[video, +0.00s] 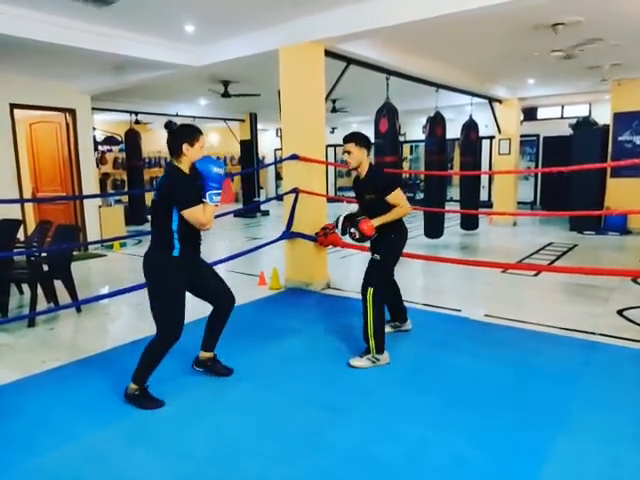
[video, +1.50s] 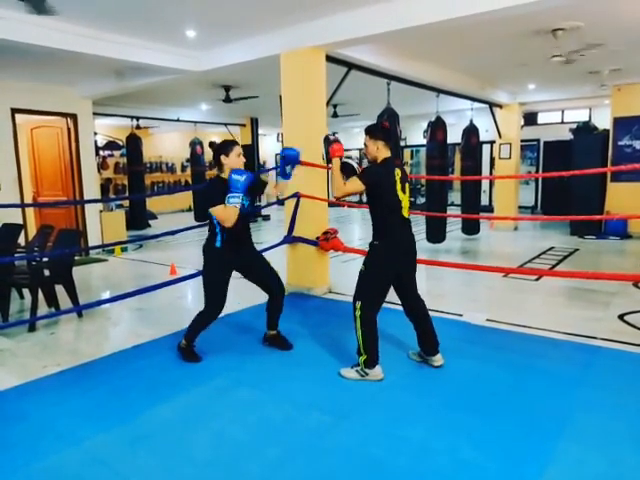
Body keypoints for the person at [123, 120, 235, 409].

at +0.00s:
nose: (204, 151)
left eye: (203, 146)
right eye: (200, 146)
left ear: (183, 149)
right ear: (186, 148)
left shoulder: (189, 177)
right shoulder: (175, 180)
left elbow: (203, 216)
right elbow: (205, 221)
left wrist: (205, 214)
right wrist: (212, 191)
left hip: (187, 260)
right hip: (164, 263)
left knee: (225, 301)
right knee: (170, 331)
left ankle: (206, 357)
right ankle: (136, 387)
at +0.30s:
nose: (206, 151)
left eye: (206, 146)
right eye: (202, 146)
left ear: (193, 149)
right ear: (186, 149)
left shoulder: (201, 176)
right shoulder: (174, 180)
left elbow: (223, 210)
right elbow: (202, 215)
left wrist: (227, 179)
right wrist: (213, 182)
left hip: (200, 253)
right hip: (174, 257)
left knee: (220, 301)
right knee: (167, 320)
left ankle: (214, 349)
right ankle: (139, 385)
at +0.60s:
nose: (202, 157)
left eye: (202, 152)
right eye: (198, 152)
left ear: (196, 154)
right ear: (181, 154)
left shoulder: (203, 179)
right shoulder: (169, 185)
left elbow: (227, 206)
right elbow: (187, 222)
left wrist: (234, 185)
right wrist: (198, 190)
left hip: (207, 253)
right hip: (179, 258)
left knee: (242, 292)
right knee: (177, 316)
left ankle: (231, 338)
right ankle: (155, 360)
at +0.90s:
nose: (235, 151)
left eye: (235, 145)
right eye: (228, 147)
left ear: (237, 147)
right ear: (212, 152)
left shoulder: (241, 174)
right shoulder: (202, 178)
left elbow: (269, 188)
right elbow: (215, 212)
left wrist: (278, 172)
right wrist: (227, 183)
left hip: (235, 247)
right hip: (207, 250)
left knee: (256, 295)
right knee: (192, 304)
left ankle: (264, 335)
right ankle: (166, 353)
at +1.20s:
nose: (242, 169)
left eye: (241, 165)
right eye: (239, 165)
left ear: (224, 168)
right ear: (226, 168)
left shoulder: (209, 191)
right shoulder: (238, 189)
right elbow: (253, 222)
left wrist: (249, 210)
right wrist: (256, 204)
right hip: (228, 262)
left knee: (268, 293)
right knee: (229, 316)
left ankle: (265, 338)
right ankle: (188, 339)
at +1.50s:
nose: (243, 159)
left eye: (242, 155)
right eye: (238, 155)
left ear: (237, 159)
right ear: (224, 159)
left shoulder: (246, 180)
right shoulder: (210, 188)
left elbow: (276, 192)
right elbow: (227, 220)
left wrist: (285, 171)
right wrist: (237, 190)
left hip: (243, 250)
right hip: (217, 254)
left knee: (277, 290)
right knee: (214, 308)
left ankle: (272, 333)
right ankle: (186, 343)